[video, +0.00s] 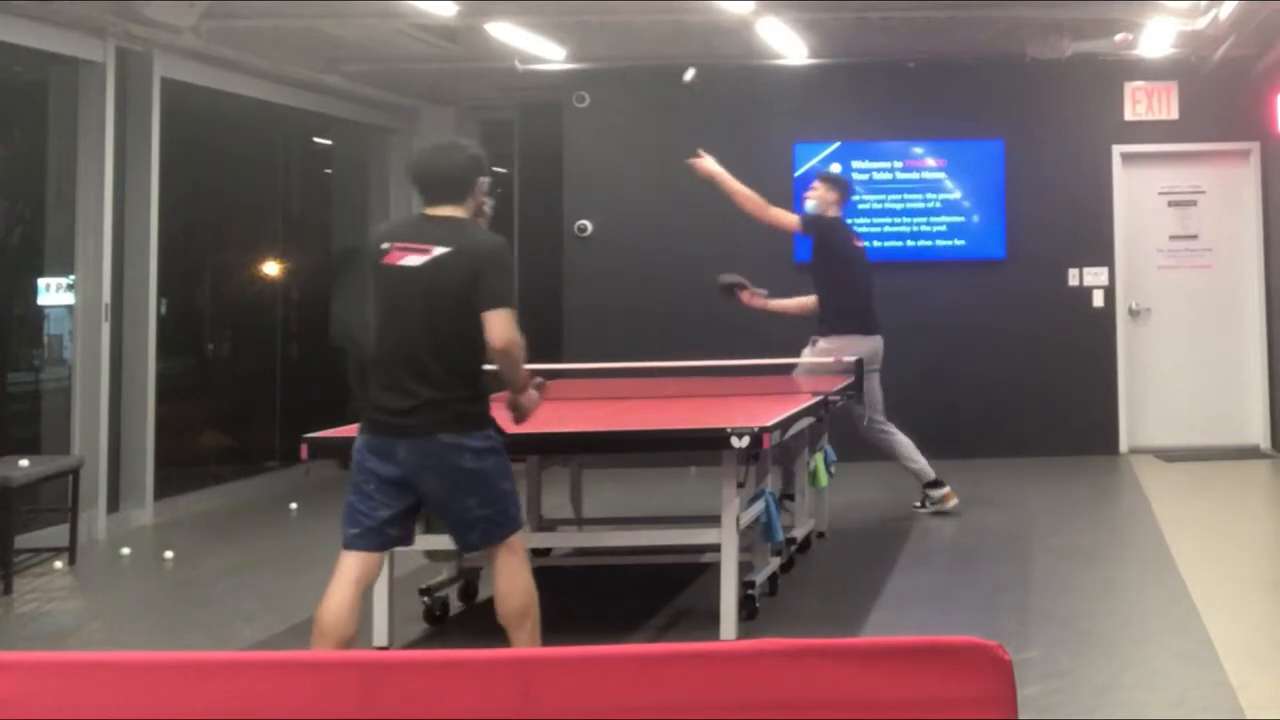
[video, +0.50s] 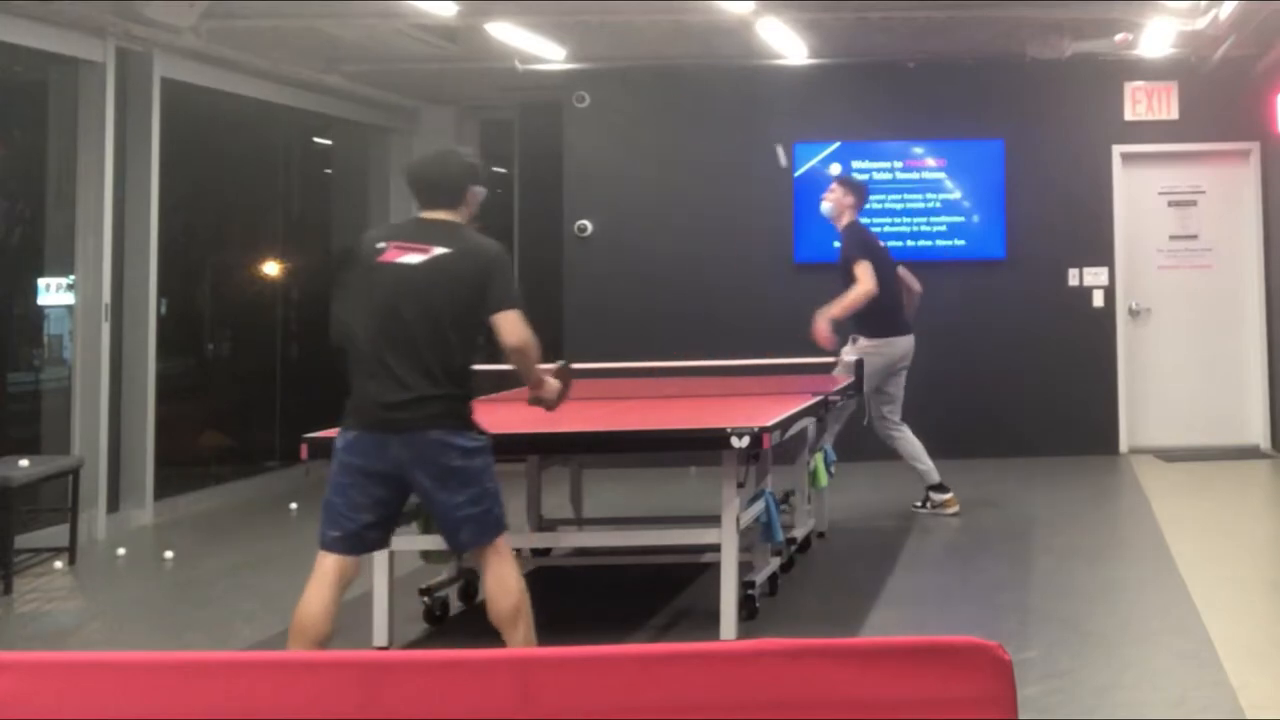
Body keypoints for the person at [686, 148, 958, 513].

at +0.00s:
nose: (808, 192)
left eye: (817, 187)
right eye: (811, 187)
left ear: (836, 198)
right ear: (834, 200)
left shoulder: (825, 227)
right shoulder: (848, 239)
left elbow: (763, 211)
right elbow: (822, 302)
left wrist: (717, 173)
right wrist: (766, 302)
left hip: (835, 345)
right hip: (868, 344)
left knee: (796, 420)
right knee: (874, 422)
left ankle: (790, 502)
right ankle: (935, 486)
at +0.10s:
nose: (821, 190)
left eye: (829, 185)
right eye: (824, 184)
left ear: (847, 197)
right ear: (846, 199)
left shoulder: (838, 229)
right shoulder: (857, 237)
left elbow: (775, 220)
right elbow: (840, 301)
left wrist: (730, 185)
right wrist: (788, 323)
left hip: (848, 342)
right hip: (880, 341)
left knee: (806, 413)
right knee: (885, 420)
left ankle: (788, 497)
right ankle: (939, 490)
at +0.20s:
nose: (829, 188)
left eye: (838, 184)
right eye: (832, 182)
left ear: (855, 196)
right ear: (852, 198)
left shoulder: (846, 230)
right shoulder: (863, 234)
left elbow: (790, 238)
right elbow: (862, 300)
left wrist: (747, 212)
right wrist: (826, 341)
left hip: (862, 342)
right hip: (888, 339)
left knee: (814, 411)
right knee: (887, 421)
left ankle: (795, 494)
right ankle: (939, 490)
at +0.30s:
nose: (832, 189)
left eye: (841, 185)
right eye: (835, 184)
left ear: (857, 197)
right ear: (855, 200)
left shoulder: (852, 230)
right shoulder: (868, 234)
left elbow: (817, 260)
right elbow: (874, 290)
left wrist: (768, 246)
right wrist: (854, 335)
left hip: (868, 342)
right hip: (894, 341)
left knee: (824, 416)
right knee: (888, 421)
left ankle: (797, 495)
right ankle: (939, 489)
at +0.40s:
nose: (830, 191)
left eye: (840, 187)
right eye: (833, 186)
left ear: (856, 199)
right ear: (852, 202)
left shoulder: (853, 233)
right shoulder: (867, 236)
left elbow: (846, 276)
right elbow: (902, 295)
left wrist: (793, 285)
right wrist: (898, 330)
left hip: (872, 344)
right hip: (898, 342)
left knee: (827, 417)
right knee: (889, 422)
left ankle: (793, 490)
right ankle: (938, 489)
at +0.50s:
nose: (825, 196)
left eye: (834, 191)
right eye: (827, 190)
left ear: (852, 201)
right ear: (851, 205)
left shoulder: (851, 237)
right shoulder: (868, 238)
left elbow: (868, 286)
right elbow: (913, 287)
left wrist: (826, 314)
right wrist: (898, 326)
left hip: (872, 344)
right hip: (899, 342)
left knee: (828, 417)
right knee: (887, 421)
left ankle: (797, 493)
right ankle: (938, 490)